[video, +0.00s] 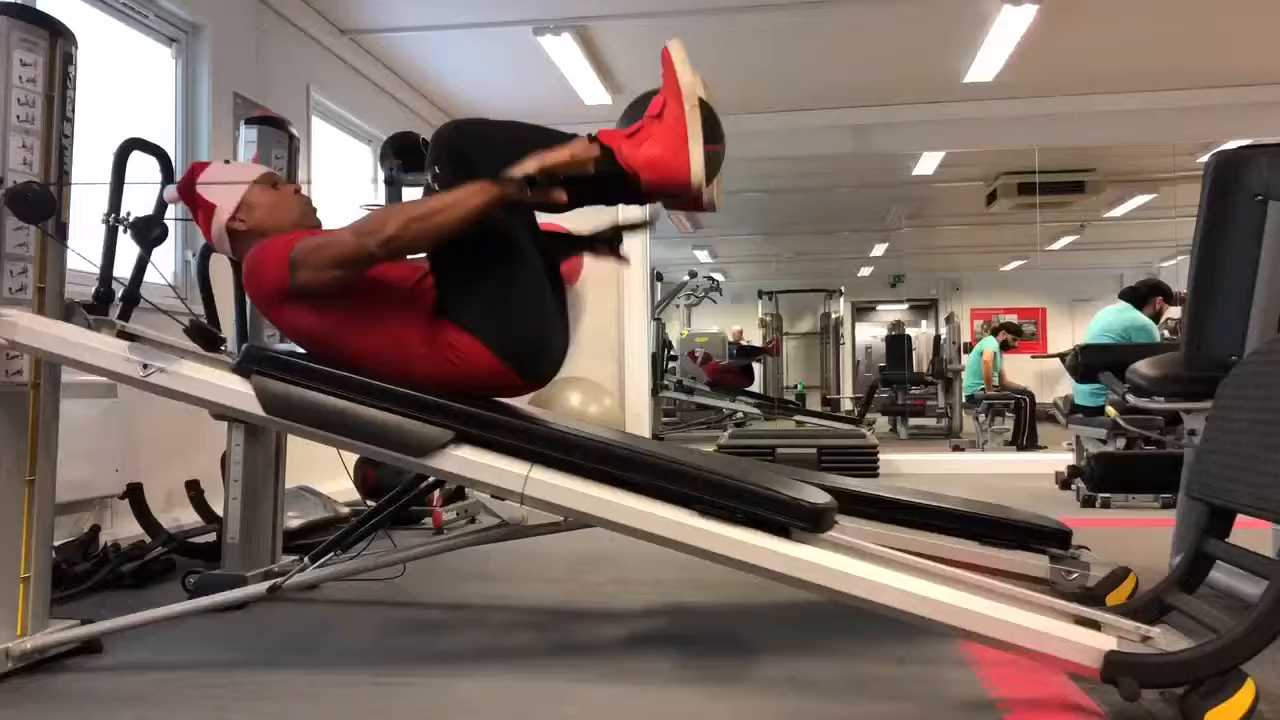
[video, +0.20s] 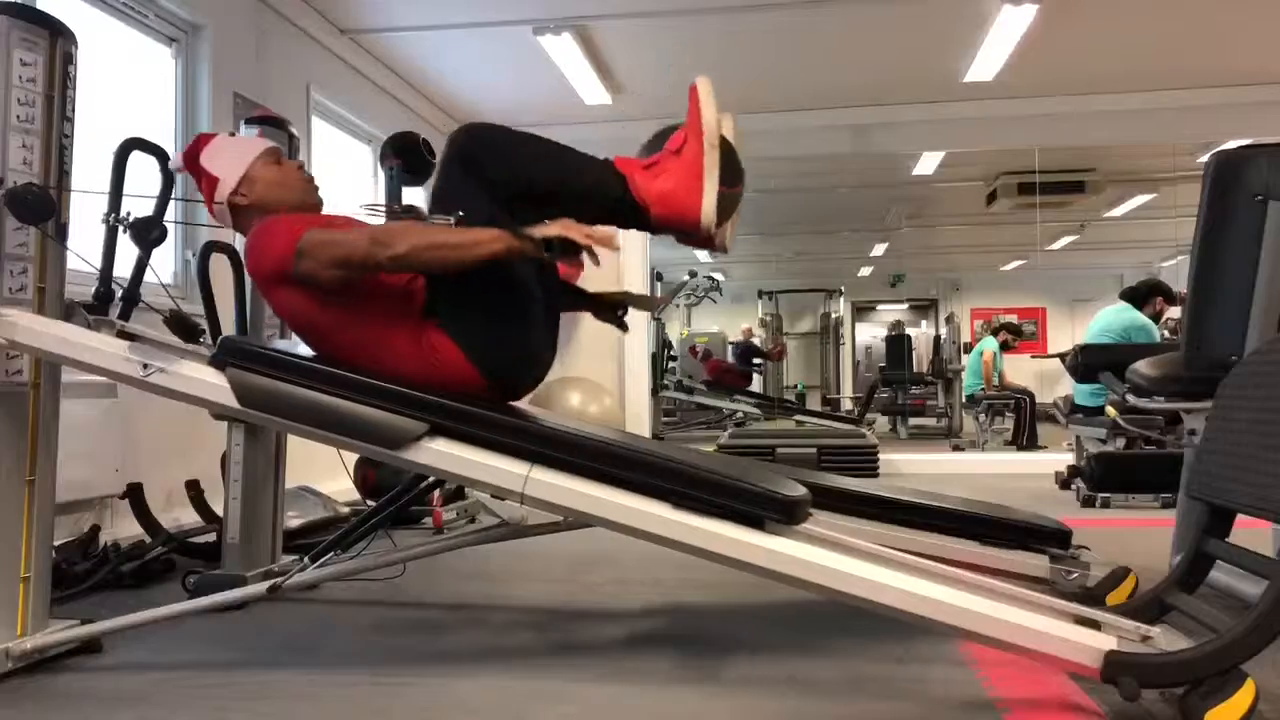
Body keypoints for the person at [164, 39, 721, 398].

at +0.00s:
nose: (298, 188)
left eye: (284, 179)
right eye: (277, 183)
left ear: (246, 222)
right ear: (242, 220)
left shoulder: (289, 271)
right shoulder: (270, 264)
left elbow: (405, 245)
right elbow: (382, 237)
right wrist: (505, 186)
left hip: (505, 342)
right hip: (501, 342)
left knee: (464, 159)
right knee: (458, 143)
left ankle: (642, 159)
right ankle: (642, 161)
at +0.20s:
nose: (299, 165)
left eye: (287, 154)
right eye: (278, 160)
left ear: (249, 195)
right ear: (242, 197)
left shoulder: (293, 245)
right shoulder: (276, 238)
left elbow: (408, 257)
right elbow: (387, 249)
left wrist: (527, 241)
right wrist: (517, 242)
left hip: (485, 349)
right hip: (483, 349)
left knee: (476, 161)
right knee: (472, 148)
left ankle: (653, 184)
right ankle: (661, 194)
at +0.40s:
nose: (312, 172)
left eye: (301, 162)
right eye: (290, 166)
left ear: (271, 192)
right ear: (252, 199)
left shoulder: (314, 258)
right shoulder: (279, 248)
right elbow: (384, 236)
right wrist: (516, 204)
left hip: (495, 355)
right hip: (494, 353)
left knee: (511, 176)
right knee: (521, 154)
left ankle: (696, 213)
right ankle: (700, 228)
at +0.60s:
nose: (313, 182)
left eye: (305, 173)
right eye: (295, 179)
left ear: (298, 193)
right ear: (268, 208)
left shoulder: (354, 256)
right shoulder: (294, 255)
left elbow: (474, 255)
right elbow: (396, 191)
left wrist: (557, 222)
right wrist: (498, 98)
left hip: (521, 347)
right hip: (511, 360)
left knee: (588, 183)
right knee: (583, 176)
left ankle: (757, 223)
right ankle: (768, 240)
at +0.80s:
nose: (349, 199)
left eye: (339, 192)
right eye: (329, 198)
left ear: (334, 218)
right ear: (305, 231)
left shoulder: (383, 277)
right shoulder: (338, 270)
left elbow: (503, 229)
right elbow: (430, 167)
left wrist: (545, 134)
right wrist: (480, 60)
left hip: (558, 358)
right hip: (557, 374)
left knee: (664, 210)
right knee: (662, 210)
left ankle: (845, 213)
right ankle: (869, 226)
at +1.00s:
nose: (387, 225)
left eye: (378, 215)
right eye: (370, 225)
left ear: (380, 238)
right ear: (351, 257)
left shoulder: (445, 297)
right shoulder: (391, 304)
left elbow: (518, 219)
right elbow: (438, 179)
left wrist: (495, 119)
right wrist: (436, 76)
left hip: (630, 369)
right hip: (625, 390)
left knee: (754, 246)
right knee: (749, 253)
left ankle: (959, 202)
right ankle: (966, 206)